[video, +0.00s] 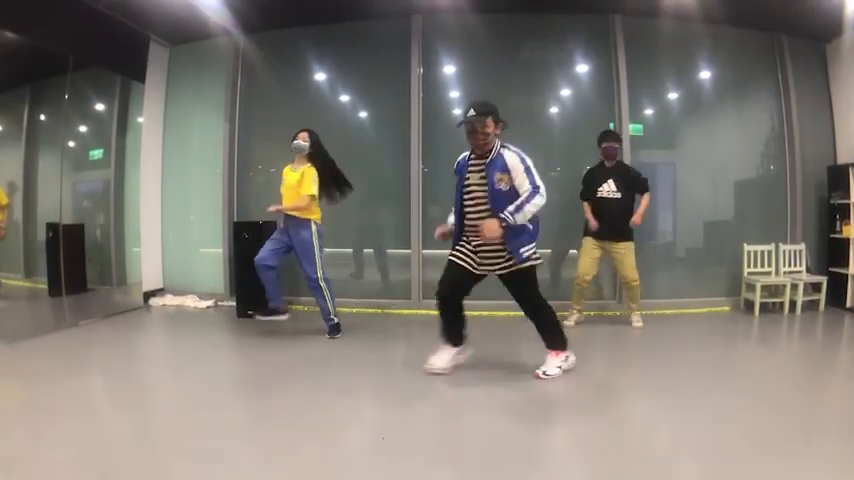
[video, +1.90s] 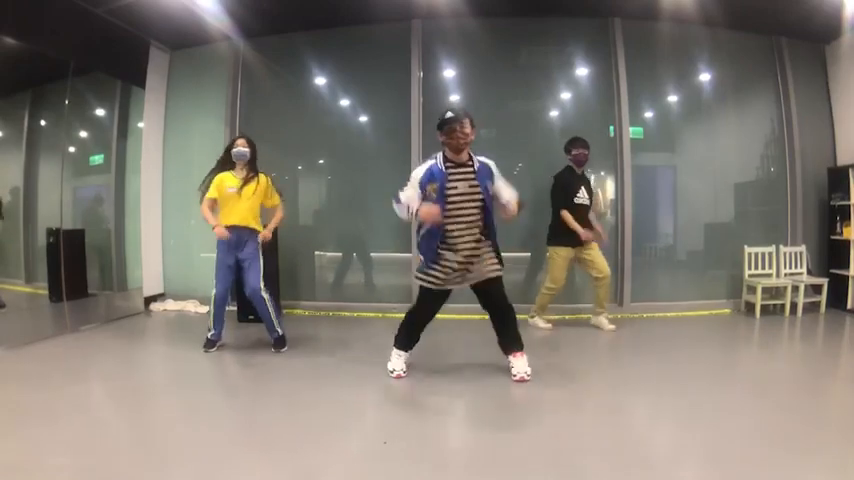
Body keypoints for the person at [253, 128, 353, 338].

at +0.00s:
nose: (299, 142)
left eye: (304, 140)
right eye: (297, 138)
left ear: (311, 147)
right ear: (292, 144)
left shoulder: (310, 171)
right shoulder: (287, 170)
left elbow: (306, 202)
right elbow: (287, 198)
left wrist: (281, 208)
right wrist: (283, 220)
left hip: (307, 225)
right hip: (288, 223)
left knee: (315, 275)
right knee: (263, 260)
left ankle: (332, 322)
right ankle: (276, 308)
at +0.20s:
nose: (274, 148)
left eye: (279, 145)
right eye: (272, 144)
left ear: (286, 151)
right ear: (267, 149)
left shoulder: (288, 173)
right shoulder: (266, 176)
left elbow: (298, 204)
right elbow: (270, 208)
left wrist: (268, 213)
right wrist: (261, 233)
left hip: (290, 230)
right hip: (270, 230)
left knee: (306, 277)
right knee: (252, 275)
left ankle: (331, 322)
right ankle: (253, 326)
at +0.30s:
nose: (267, 142)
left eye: (271, 139)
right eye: (263, 139)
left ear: (278, 145)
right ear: (258, 145)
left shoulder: (286, 169)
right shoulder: (253, 173)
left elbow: (288, 201)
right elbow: (254, 205)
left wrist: (278, 227)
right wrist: (249, 232)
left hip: (283, 222)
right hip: (259, 223)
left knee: (294, 274)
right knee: (253, 275)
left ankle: (312, 319)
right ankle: (252, 325)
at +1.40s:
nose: (247, 149)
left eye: (252, 145)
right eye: (245, 145)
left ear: (261, 150)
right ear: (241, 149)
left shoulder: (264, 174)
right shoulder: (238, 176)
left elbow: (281, 202)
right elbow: (236, 204)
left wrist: (252, 209)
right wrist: (225, 219)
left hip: (253, 232)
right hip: (233, 231)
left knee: (266, 286)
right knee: (220, 283)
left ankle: (293, 334)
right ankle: (223, 335)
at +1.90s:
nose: (240, 150)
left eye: (245, 146)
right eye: (236, 146)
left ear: (252, 152)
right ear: (230, 152)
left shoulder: (262, 180)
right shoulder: (221, 178)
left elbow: (279, 210)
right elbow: (205, 206)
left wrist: (269, 229)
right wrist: (216, 226)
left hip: (251, 236)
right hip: (226, 235)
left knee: (254, 288)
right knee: (221, 289)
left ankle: (277, 334)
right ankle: (214, 335)